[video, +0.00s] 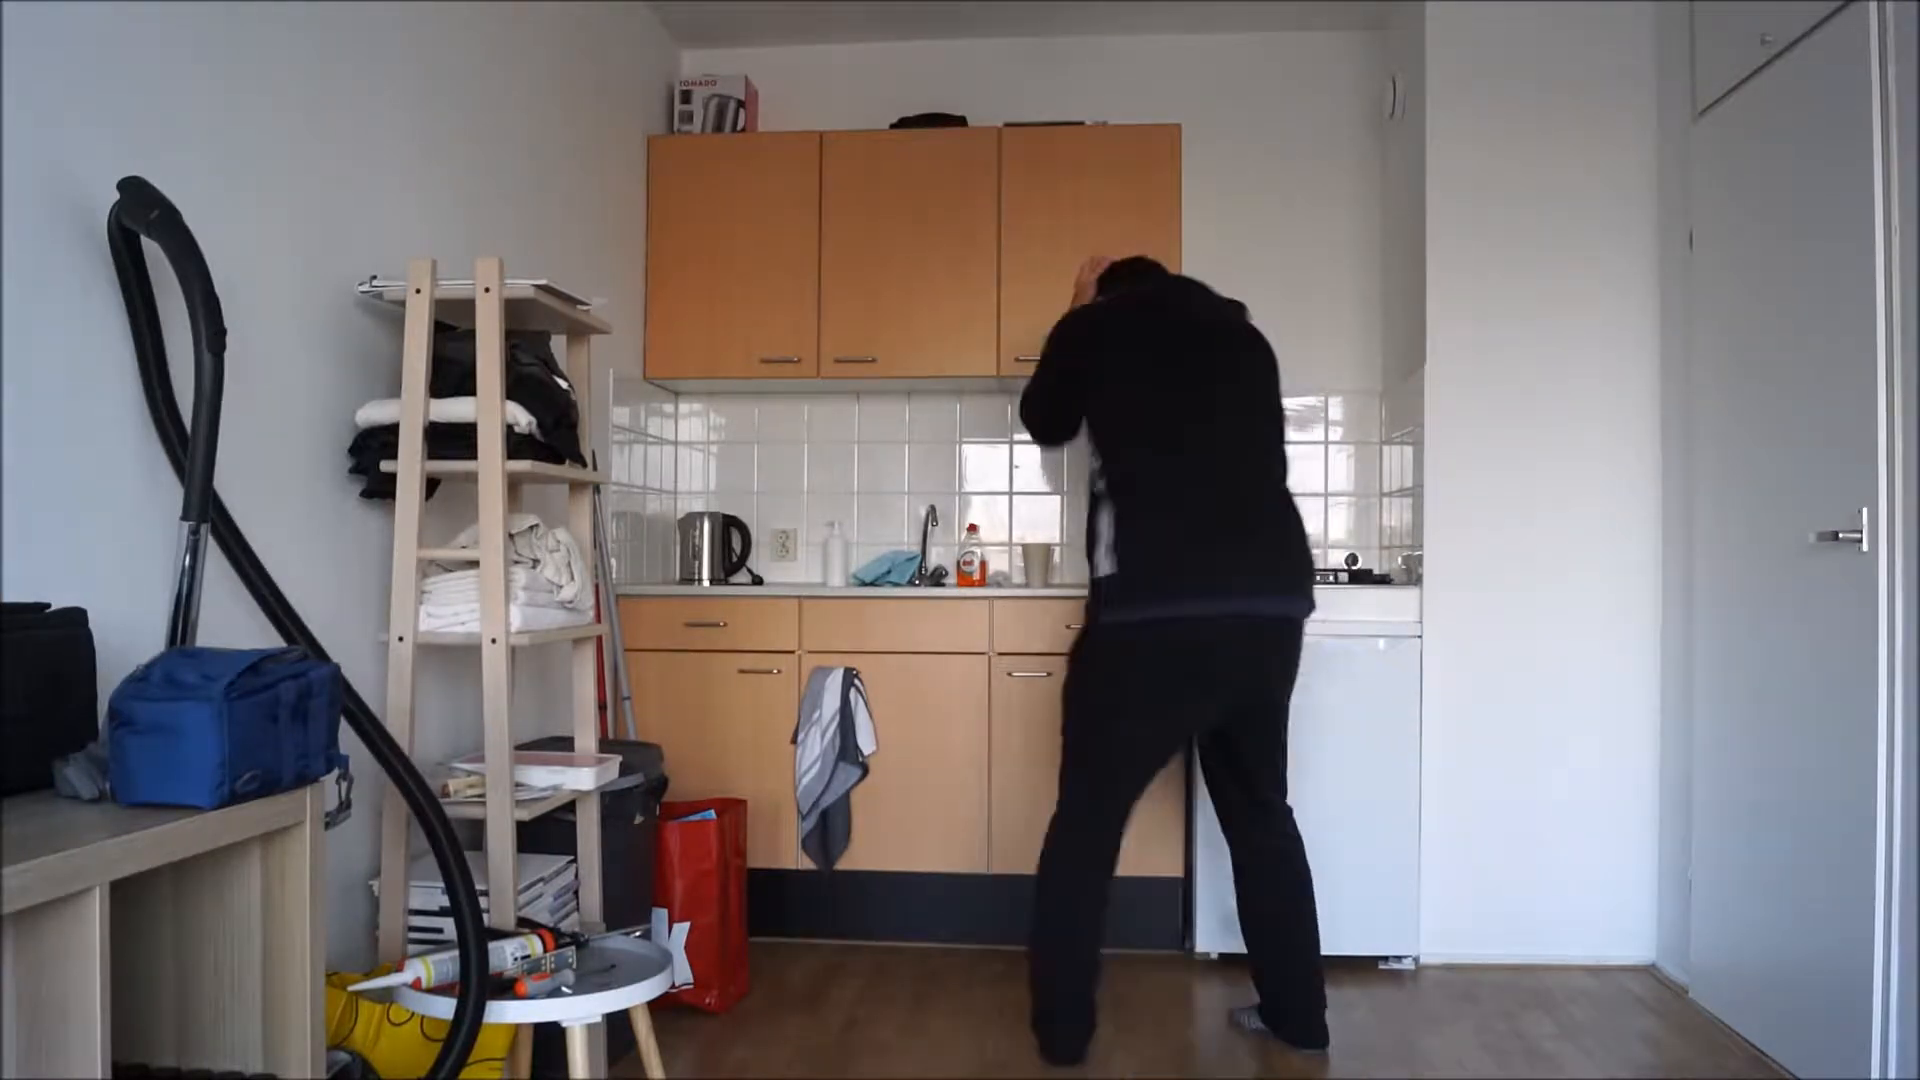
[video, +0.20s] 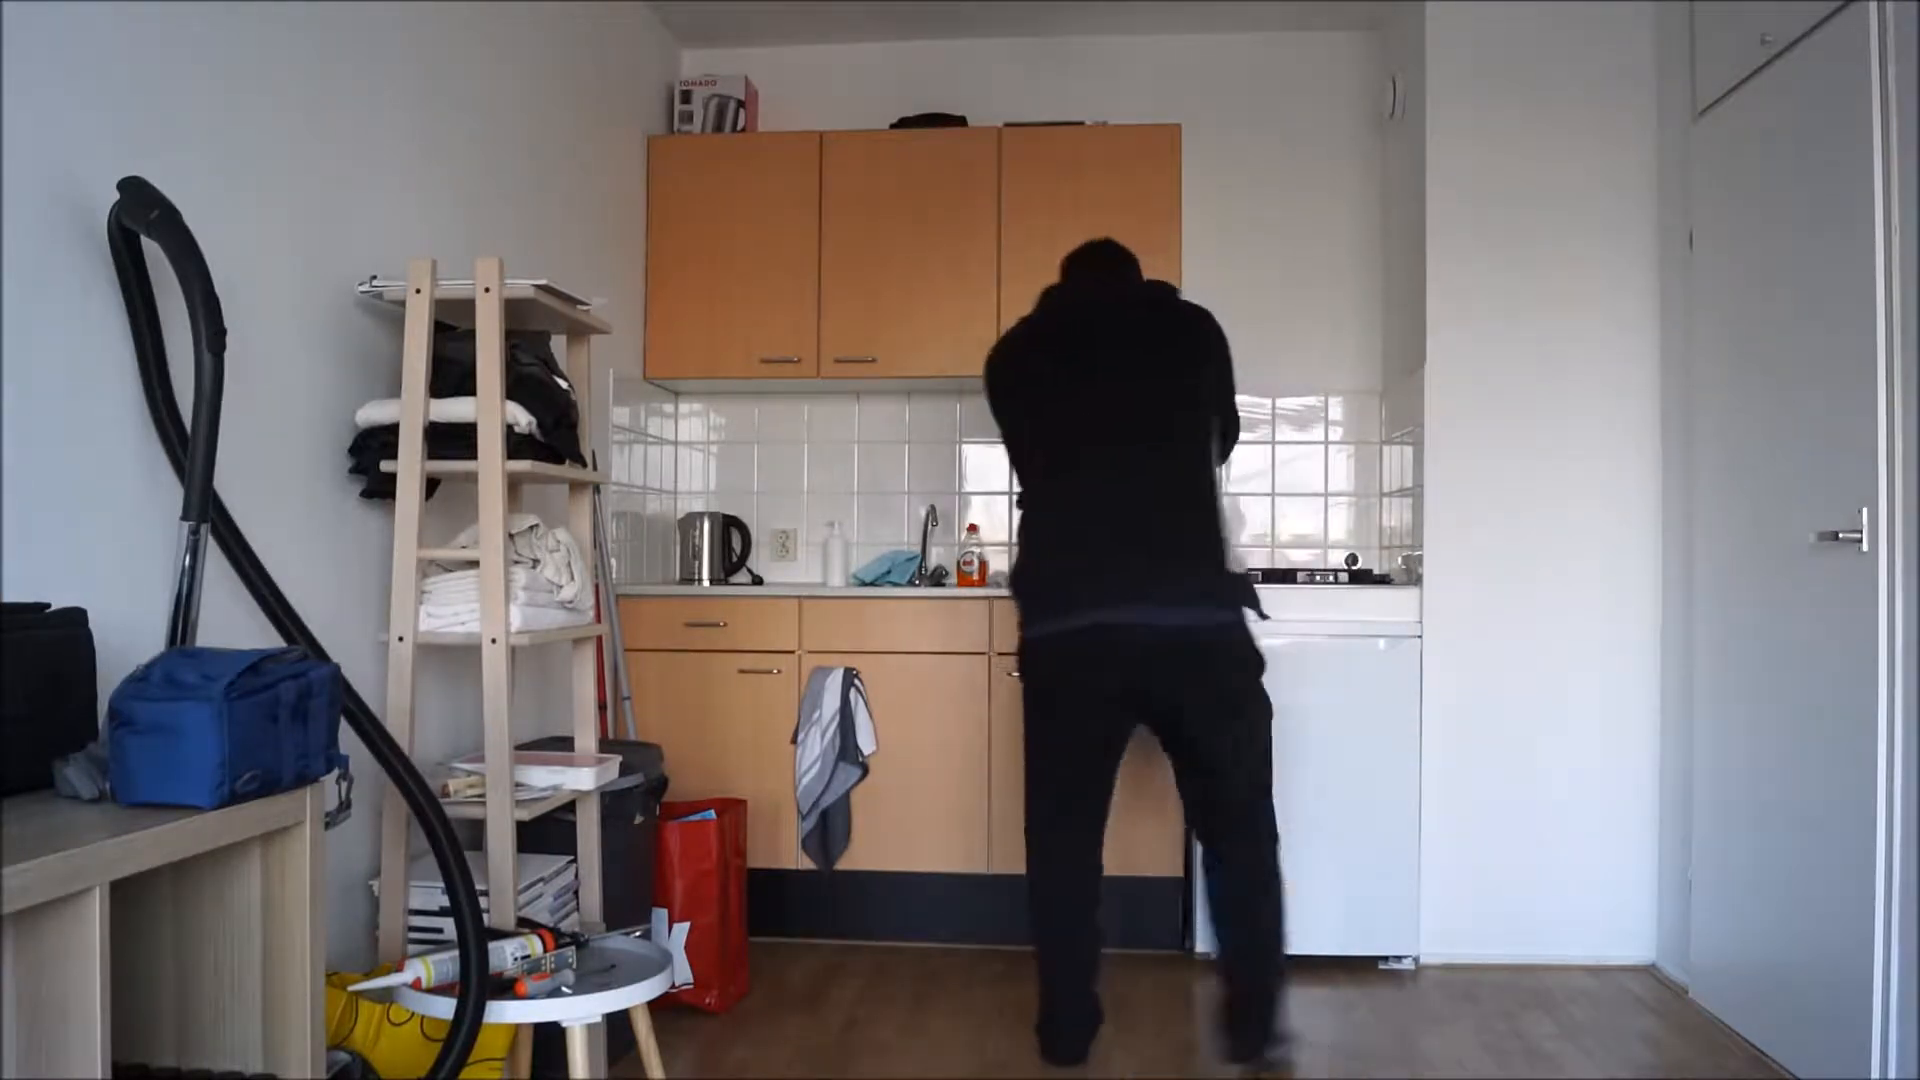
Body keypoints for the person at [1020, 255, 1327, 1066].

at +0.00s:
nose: (1090, 293)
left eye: (1093, 288)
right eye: (1098, 287)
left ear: (1107, 292)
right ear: (1174, 285)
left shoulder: (1092, 332)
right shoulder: (1246, 337)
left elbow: (1046, 422)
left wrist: (1077, 318)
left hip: (1151, 613)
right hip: (1267, 610)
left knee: (1087, 817)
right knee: (1259, 807)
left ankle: (1063, 1028)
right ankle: (1300, 1015)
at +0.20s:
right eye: (1135, 272)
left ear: (1061, 284)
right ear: (1140, 278)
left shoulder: (1013, 352)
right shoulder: (1191, 325)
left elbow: (1034, 465)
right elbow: (1220, 435)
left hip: (1071, 631)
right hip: (1192, 626)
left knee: (1062, 836)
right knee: (1239, 824)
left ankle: (1065, 1032)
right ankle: (1252, 1029)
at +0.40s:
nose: (1138, 277)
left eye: (1130, 267)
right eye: (1135, 266)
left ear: (1047, 263)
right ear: (1119, 263)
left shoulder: (985, 337)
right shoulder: (1141, 319)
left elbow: (1007, 452)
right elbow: (1211, 411)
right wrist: (1163, 313)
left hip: (1016, 616)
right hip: (1114, 615)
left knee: (1059, 811)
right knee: (1156, 803)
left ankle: (1062, 1024)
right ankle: (1015, 1014)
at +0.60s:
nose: (1155, 309)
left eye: (1158, 295)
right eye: (1152, 296)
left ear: (1075, 273)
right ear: (1113, 282)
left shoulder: (992, 332)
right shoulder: (1099, 337)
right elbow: (1184, 445)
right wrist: (1169, 338)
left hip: (967, 623)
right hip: (1033, 630)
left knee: (1066, 816)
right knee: (1069, 829)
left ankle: (1054, 1013)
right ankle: (960, 1058)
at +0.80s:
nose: (1132, 292)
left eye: (1136, 279)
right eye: (1131, 275)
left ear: (1082, 264)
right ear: (1093, 263)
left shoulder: (1062, 330)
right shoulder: (1029, 296)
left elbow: (1139, 426)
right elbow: (1178, 371)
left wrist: (1152, 300)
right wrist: (1157, 276)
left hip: (1023, 605)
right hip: (980, 606)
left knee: (1070, 798)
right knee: (1027, 816)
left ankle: (1037, 995)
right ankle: (958, 1058)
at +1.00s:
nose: (1138, 286)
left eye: (1139, 270)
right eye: (1131, 269)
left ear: (1077, 262)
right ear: (1085, 262)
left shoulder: (1057, 324)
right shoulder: (1025, 307)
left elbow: (1138, 424)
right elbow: (1151, 403)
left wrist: (1148, 309)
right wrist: (1153, 298)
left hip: (1018, 610)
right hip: (969, 612)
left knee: (1067, 782)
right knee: (1020, 807)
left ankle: (1030, 976)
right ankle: (956, 1053)